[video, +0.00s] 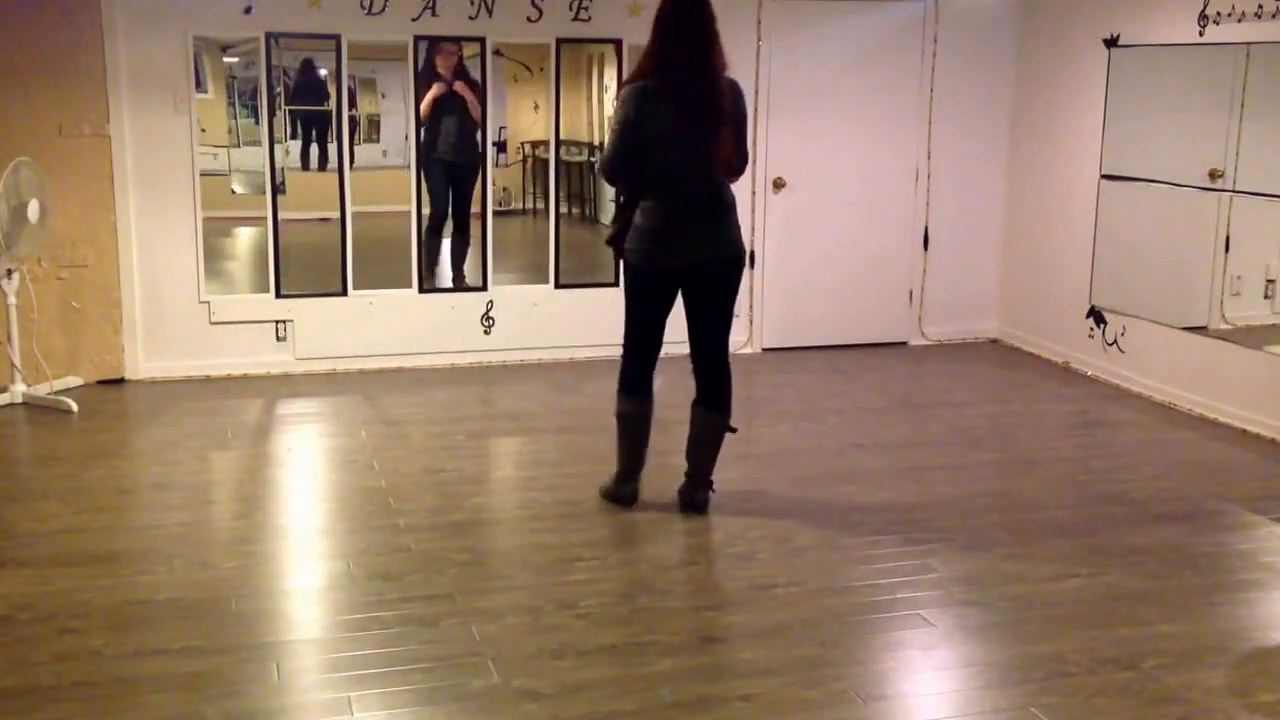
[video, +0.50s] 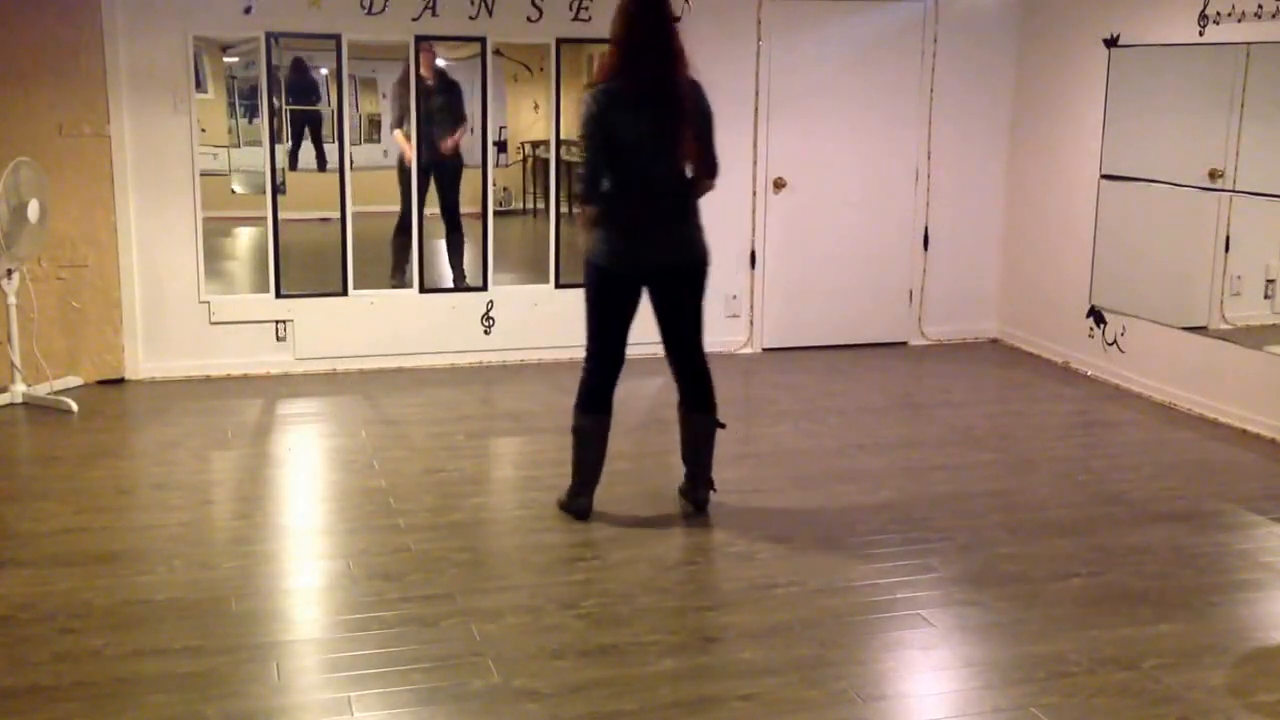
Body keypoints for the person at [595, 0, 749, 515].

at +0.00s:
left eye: (661, 26)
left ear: (658, 34)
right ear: (710, 36)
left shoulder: (640, 93)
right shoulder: (730, 92)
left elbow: (614, 168)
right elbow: (736, 165)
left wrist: (651, 180)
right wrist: (694, 166)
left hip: (651, 247)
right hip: (716, 247)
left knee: (638, 358)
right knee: (712, 361)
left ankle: (627, 478)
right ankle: (698, 483)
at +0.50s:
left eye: (617, 32)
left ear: (618, 38)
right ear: (670, 36)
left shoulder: (604, 98)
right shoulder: (690, 93)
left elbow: (591, 182)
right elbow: (708, 171)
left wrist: (590, 205)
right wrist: (674, 202)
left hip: (615, 249)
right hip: (678, 248)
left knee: (601, 364)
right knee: (689, 360)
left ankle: (582, 490)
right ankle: (698, 484)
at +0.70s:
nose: (582, 36)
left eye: (587, 28)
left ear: (590, 39)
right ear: (643, 37)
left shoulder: (572, 94)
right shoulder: (663, 93)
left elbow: (549, 175)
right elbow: (678, 173)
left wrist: (559, 229)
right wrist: (657, 221)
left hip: (584, 248)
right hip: (647, 247)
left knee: (582, 366)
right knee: (658, 359)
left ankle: (580, 492)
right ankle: (692, 482)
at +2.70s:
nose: (580, 31)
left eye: (584, 24)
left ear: (585, 36)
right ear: (637, 38)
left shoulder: (560, 96)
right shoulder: (657, 97)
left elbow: (546, 190)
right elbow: (674, 180)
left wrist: (572, 234)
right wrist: (679, 233)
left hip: (588, 256)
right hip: (652, 254)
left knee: (589, 362)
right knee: (647, 364)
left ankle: (580, 489)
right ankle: (635, 486)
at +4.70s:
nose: (561, 41)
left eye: (567, 32)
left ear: (573, 40)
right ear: (624, 35)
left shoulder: (560, 97)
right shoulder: (649, 91)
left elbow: (528, 173)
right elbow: (684, 158)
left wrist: (557, 154)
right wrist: (646, 175)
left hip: (584, 255)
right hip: (646, 254)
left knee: (582, 365)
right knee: (638, 360)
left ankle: (579, 492)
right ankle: (632, 484)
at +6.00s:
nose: (566, 41)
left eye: (570, 32)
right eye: (571, 32)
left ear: (577, 39)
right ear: (626, 35)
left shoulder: (567, 94)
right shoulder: (653, 94)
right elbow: (695, 166)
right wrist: (656, 163)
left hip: (562, 254)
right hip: (626, 259)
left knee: (566, 365)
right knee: (612, 359)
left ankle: (578, 493)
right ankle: (631, 485)